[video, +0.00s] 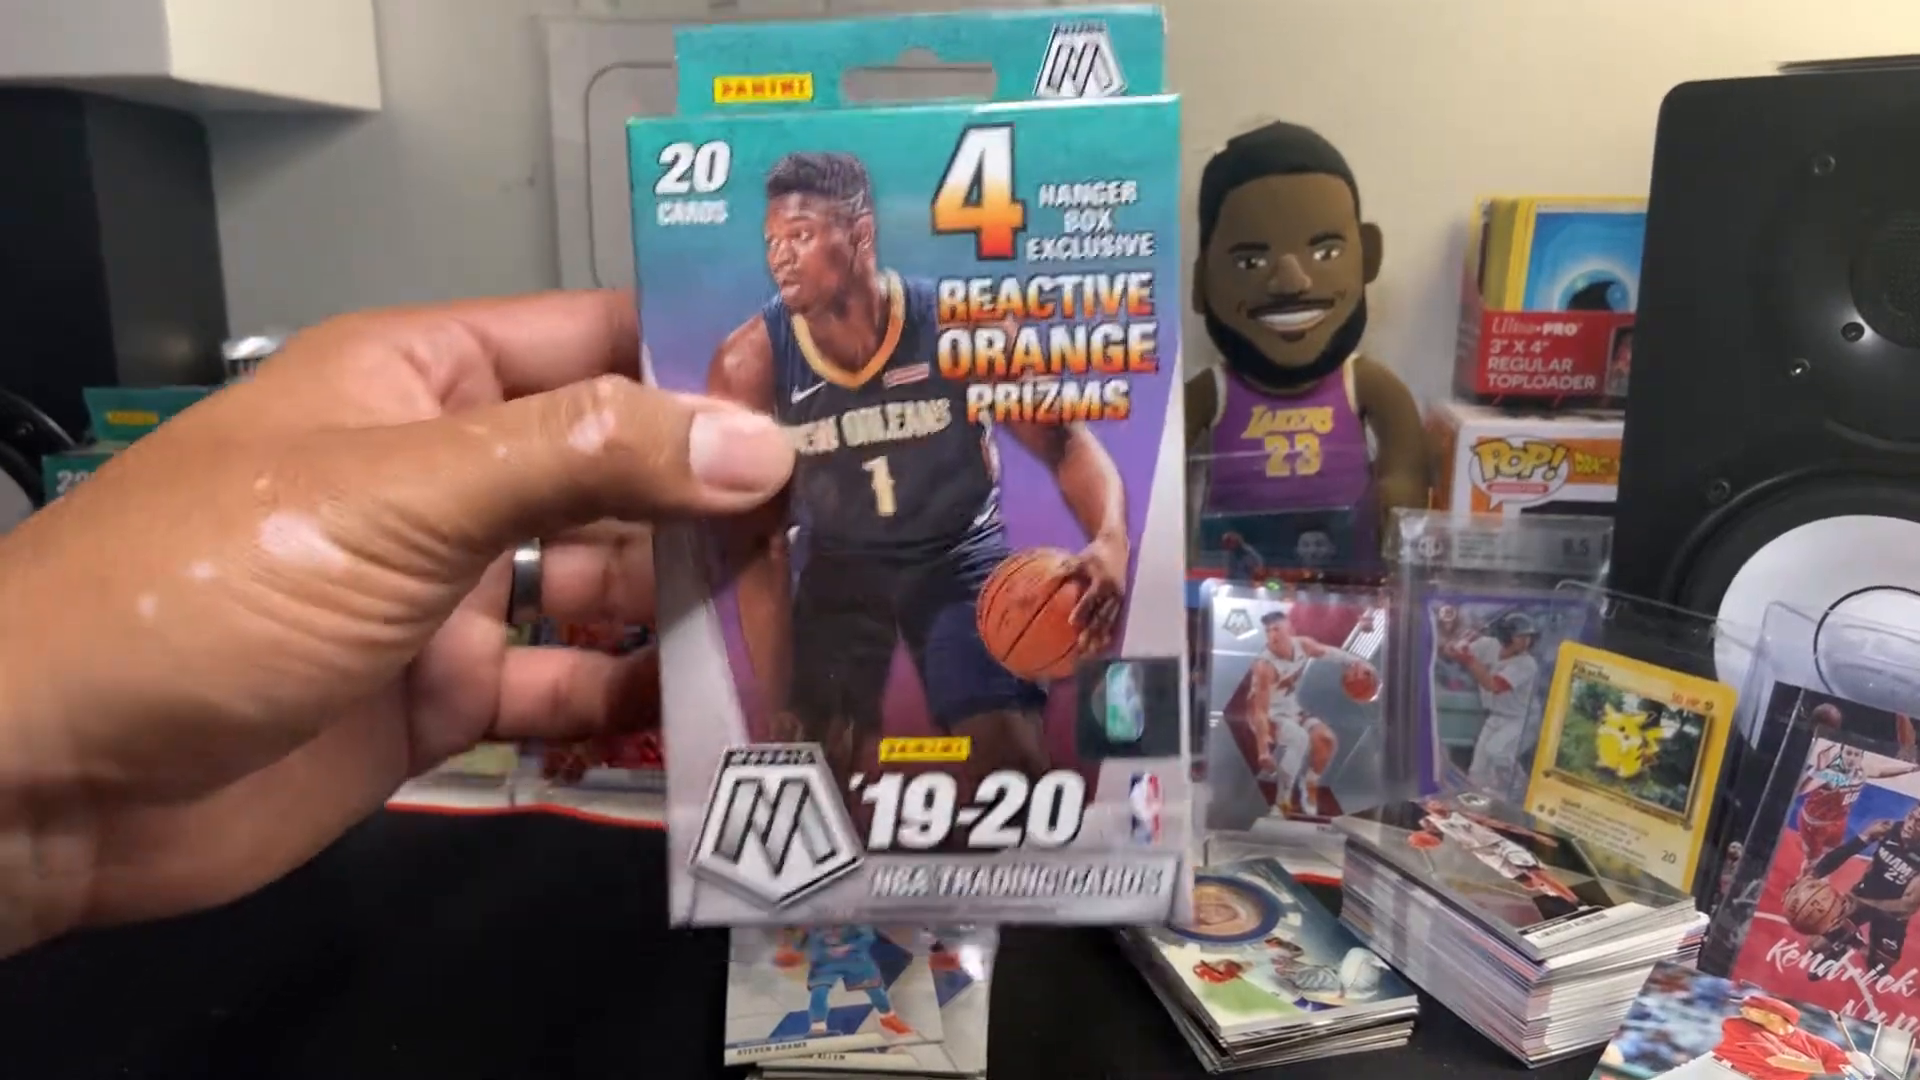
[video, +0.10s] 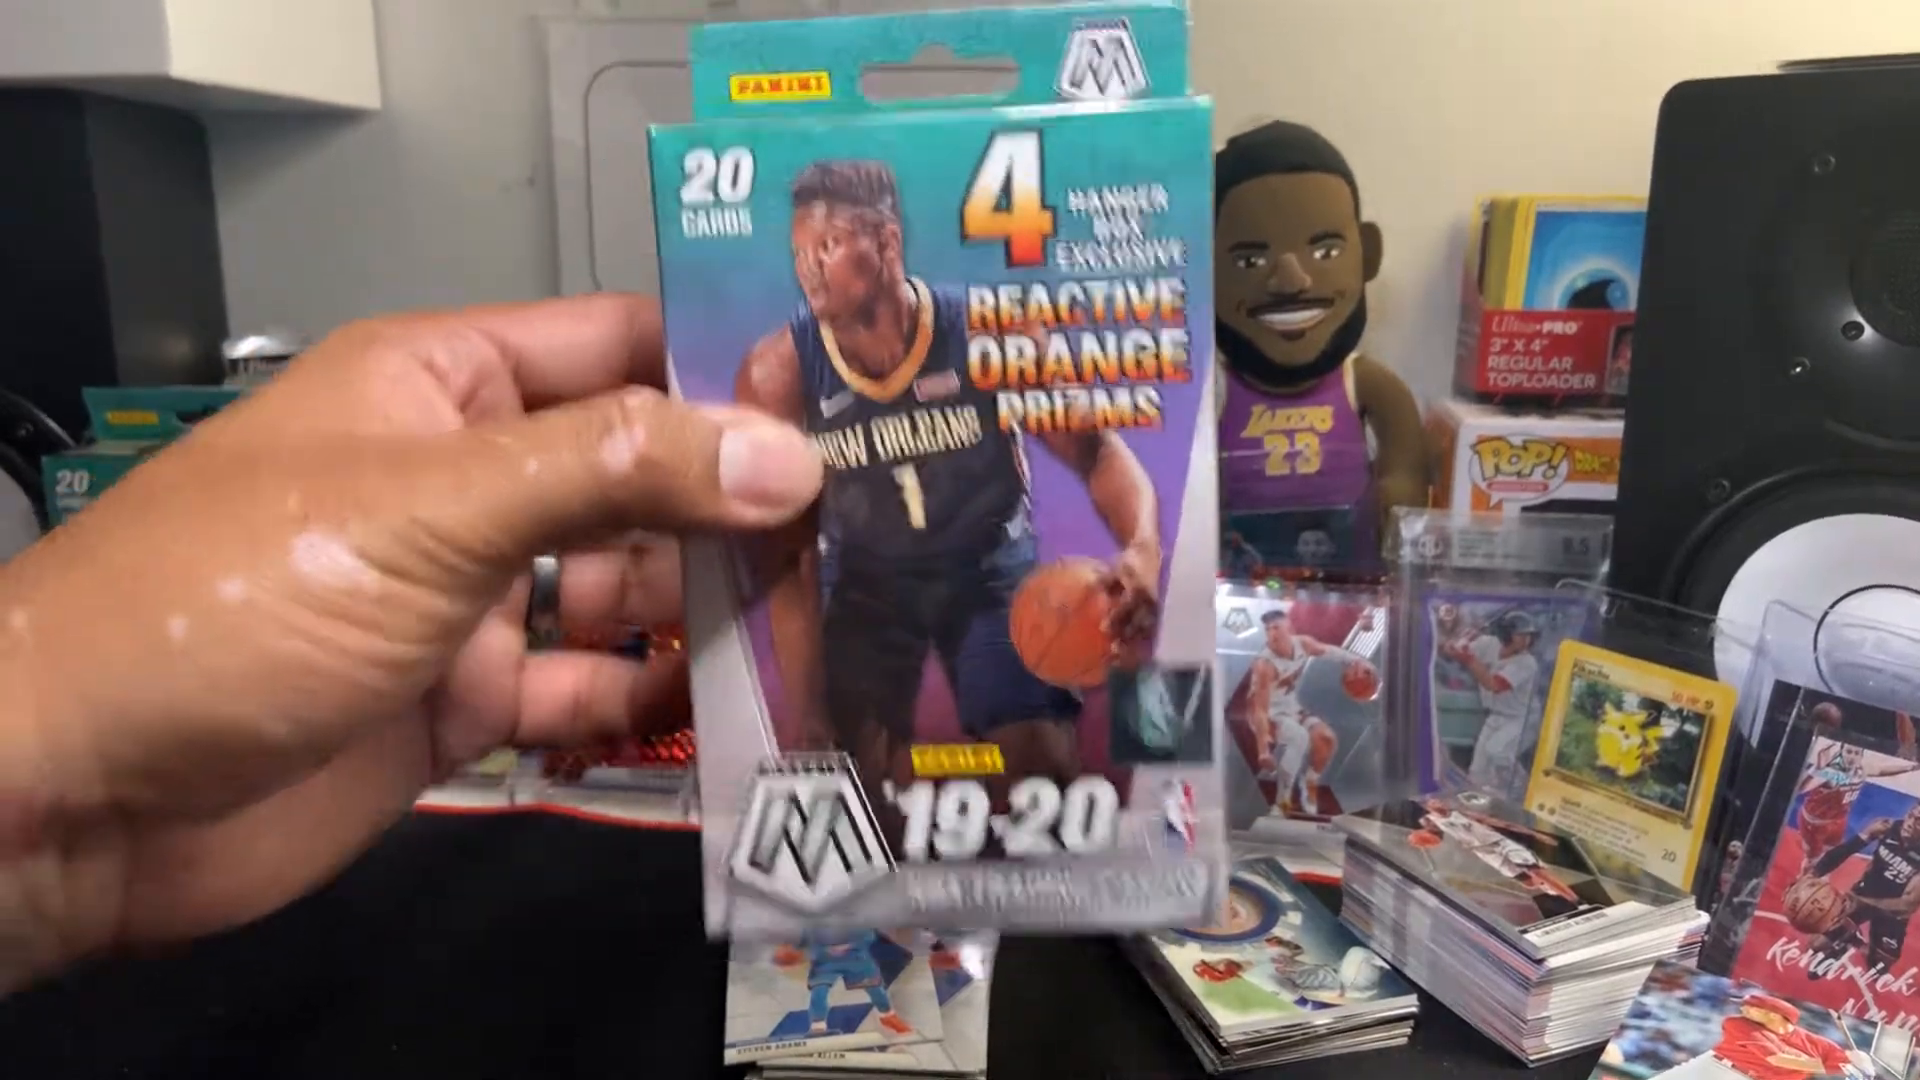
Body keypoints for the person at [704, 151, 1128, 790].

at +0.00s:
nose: (780, 258)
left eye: (800, 237)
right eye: (772, 242)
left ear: (862, 235)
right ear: (764, 248)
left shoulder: (957, 327)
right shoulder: (751, 361)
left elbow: (1063, 443)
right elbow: (756, 542)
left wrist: (1112, 539)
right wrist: (775, 708)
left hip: (960, 557)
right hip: (840, 568)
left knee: (1002, 750)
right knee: (825, 765)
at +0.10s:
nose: (812, 268)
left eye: (830, 245)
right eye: (802, 251)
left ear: (889, 244)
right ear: (792, 260)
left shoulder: (984, 334)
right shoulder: (779, 371)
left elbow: (1094, 451)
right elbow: (786, 554)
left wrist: (1143, 547)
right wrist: (805, 717)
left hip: (990, 573)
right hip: (870, 585)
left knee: (1038, 761)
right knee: (857, 770)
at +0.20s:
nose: (821, 346)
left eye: (839, 322)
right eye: (811, 328)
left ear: (898, 322)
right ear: (803, 335)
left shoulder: (998, 413)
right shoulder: (788, 451)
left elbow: (1113, 532)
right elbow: (795, 642)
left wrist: (1163, 629)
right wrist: (815, 815)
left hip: (1004, 661)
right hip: (882, 671)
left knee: (1059, 851)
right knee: (867, 860)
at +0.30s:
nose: (831, 386)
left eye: (851, 364)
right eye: (823, 370)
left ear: (912, 362)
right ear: (816, 380)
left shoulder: (1007, 451)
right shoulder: (798, 492)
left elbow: (1121, 571)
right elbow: (802, 683)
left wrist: (1175, 671)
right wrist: (822, 854)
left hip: (1018, 697)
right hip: (888, 707)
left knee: (1069, 904)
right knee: (876, 917)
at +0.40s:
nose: (834, 340)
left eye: (854, 317)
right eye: (826, 322)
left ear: (914, 319)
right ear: (817, 330)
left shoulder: (1011, 407)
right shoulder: (803, 442)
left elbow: (1123, 523)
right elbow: (809, 633)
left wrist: (1175, 620)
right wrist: (825, 806)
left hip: (1017, 653)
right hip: (892, 663)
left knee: (1067, 841)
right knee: (871, 853)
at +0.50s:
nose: (830, 287)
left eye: (849, 264)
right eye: (821, 269)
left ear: (910, 262)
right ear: (813, 276)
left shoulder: (1008, 352)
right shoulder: (799, 393)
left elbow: (1120, 466)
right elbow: (808, 580)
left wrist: (1173, 564)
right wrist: (829, 750)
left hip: (1018, 593)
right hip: (893, 606)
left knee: (1069, 790)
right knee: (877, 809)